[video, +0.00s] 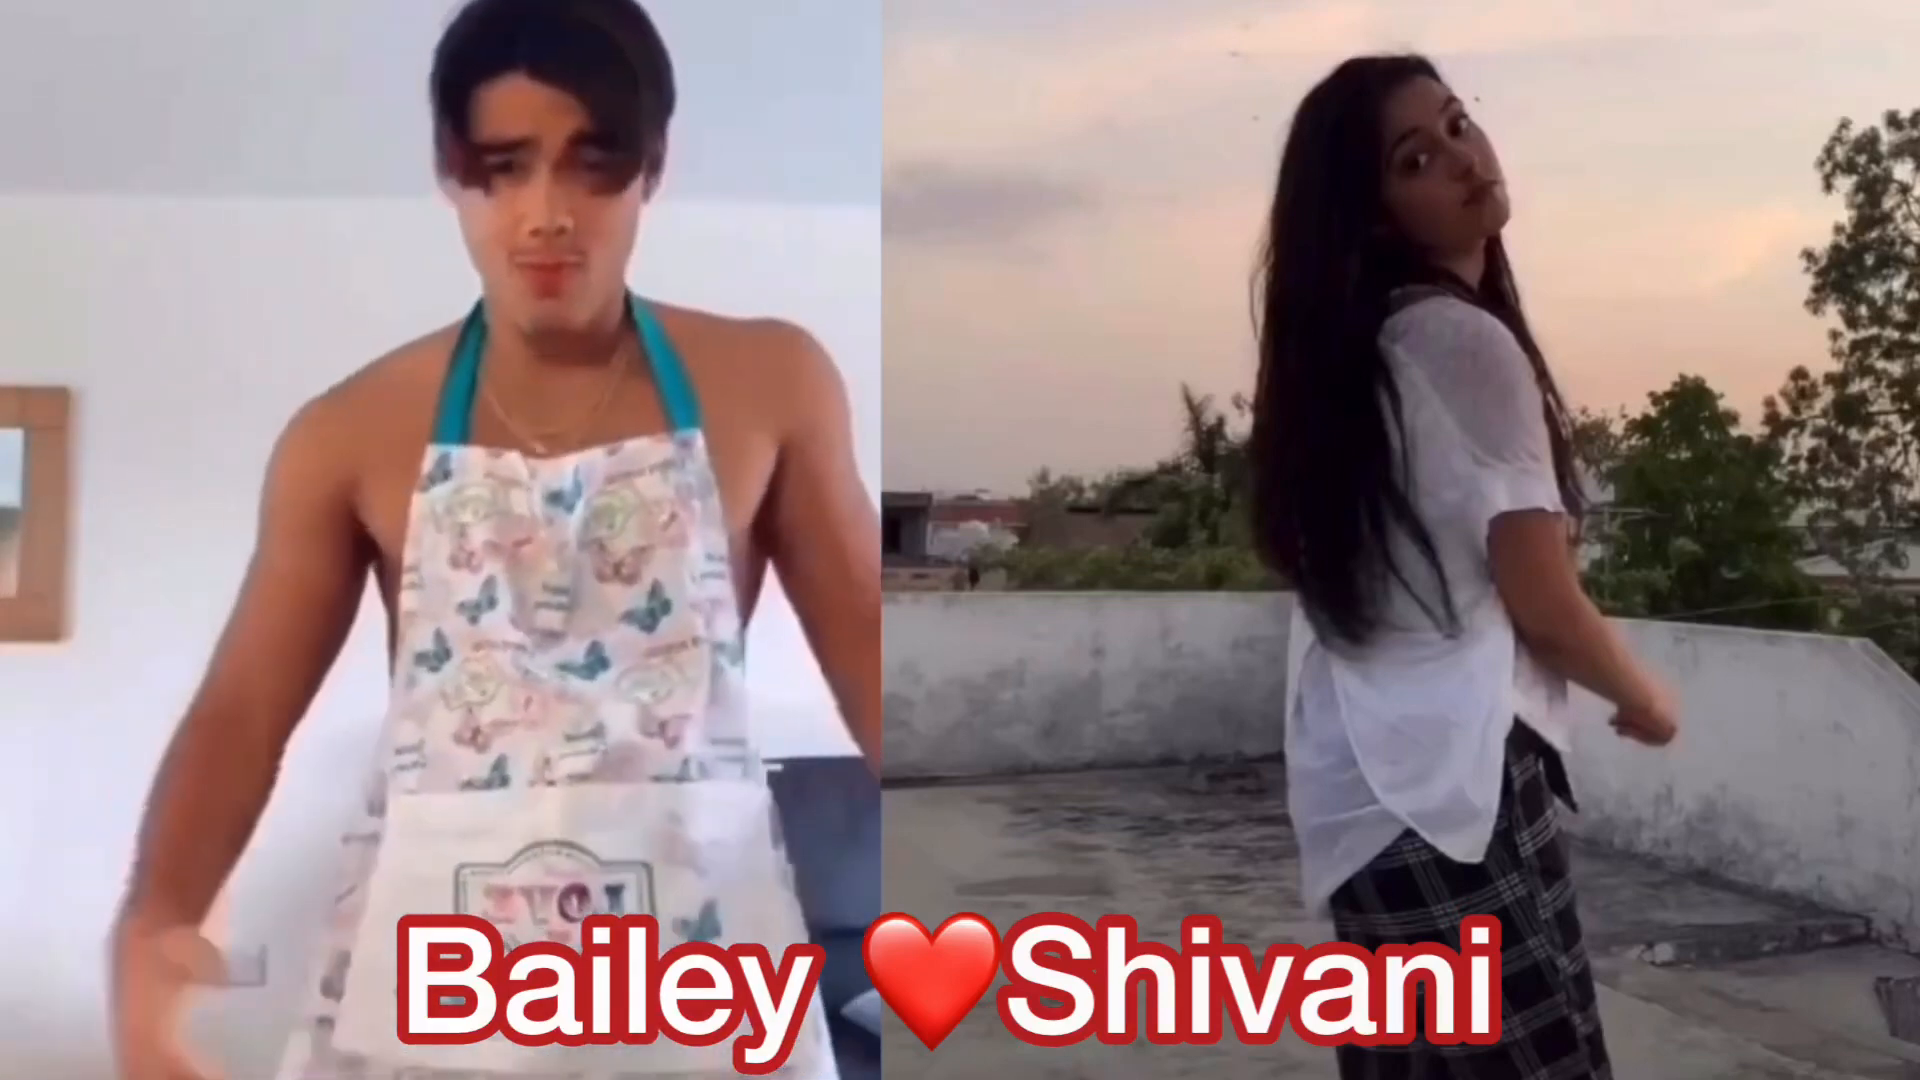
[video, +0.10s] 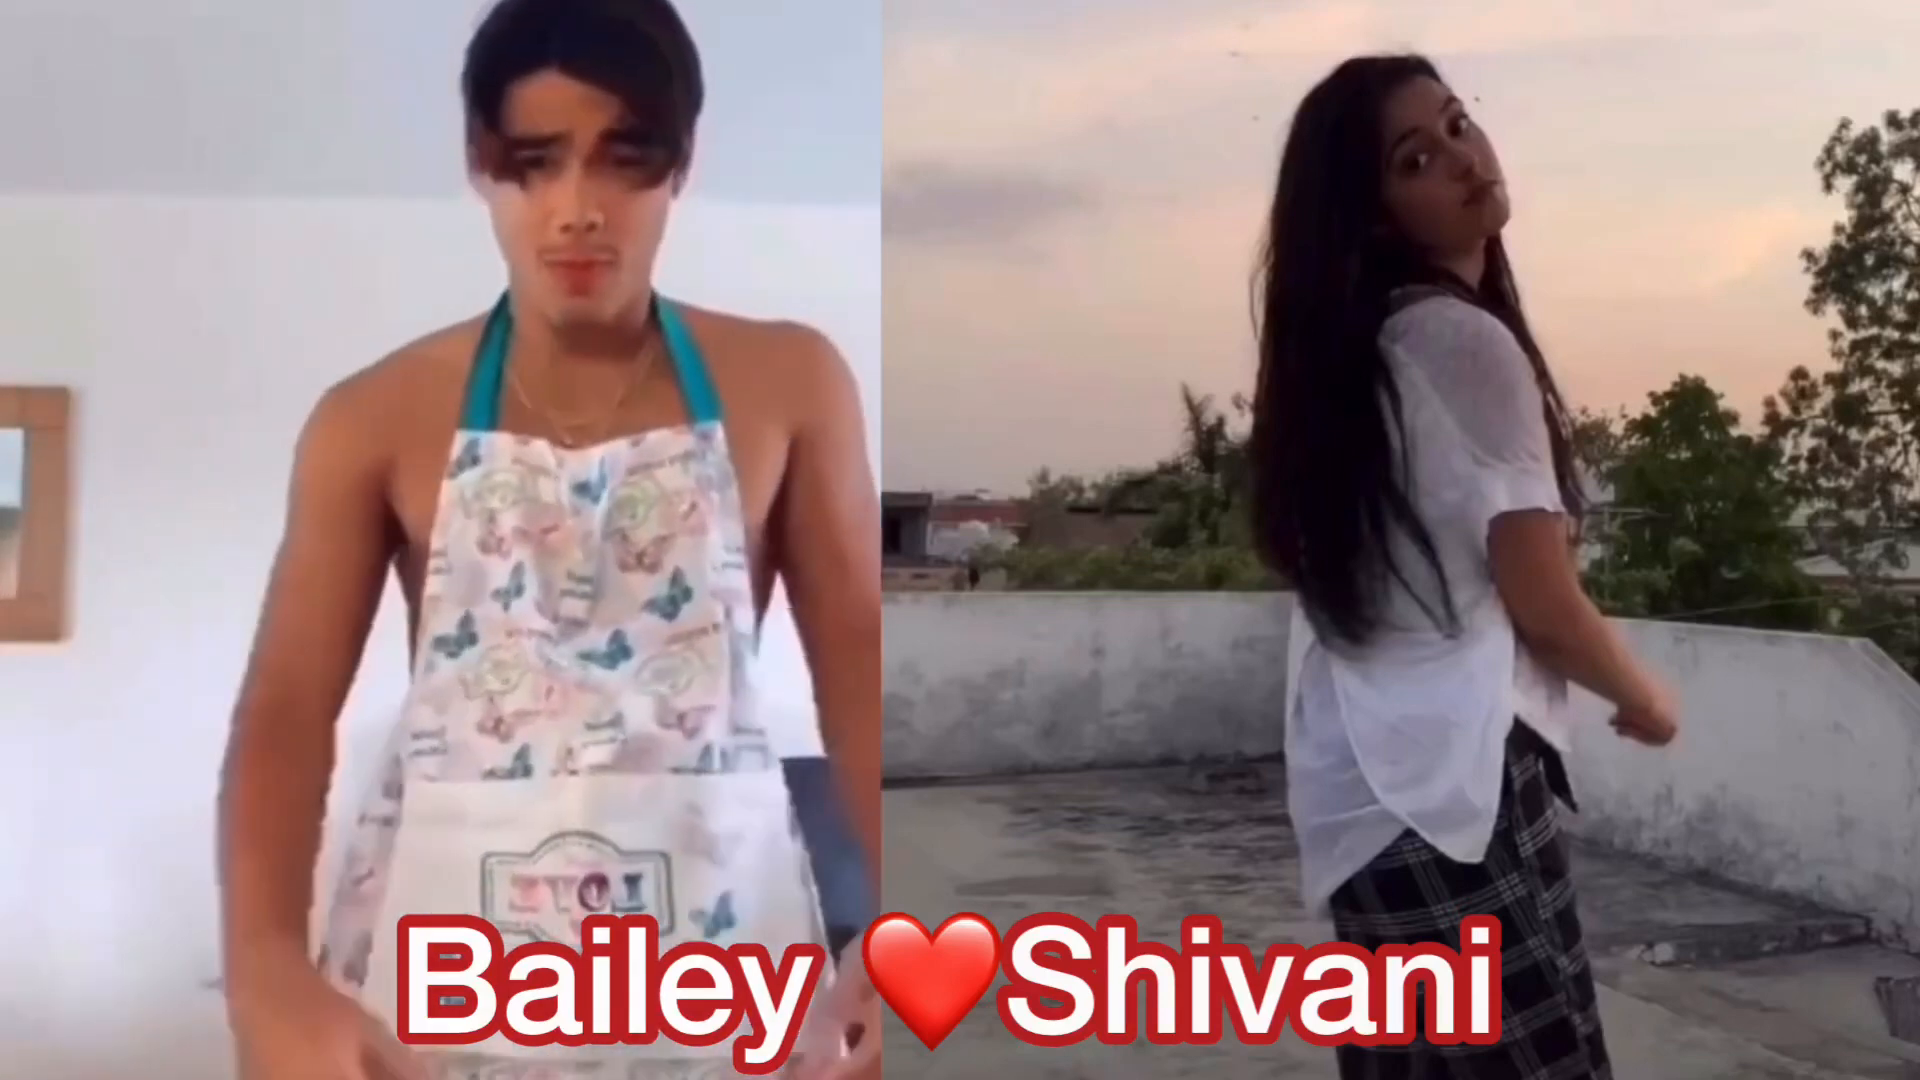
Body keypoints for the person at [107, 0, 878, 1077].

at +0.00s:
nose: (546, 214)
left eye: (594, 164)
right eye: (502, 168)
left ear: (652, 173)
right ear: (451, 178)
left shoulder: (771, 387)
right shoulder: (354, 436)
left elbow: (888, 693)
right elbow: (242, 713)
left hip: (701, 933)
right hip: (439, 945)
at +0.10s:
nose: (577, 209)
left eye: (623, 159)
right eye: (531, 163)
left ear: (679, 170)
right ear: (481, 172)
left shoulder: (790, 386)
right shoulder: (377, 420)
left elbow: (851, 689)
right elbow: (285, 715)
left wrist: (867, 937)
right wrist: (268, 968)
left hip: (715, 918)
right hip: (451, 923)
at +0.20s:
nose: (586, 230)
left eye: (632, 182)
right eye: (540, 185)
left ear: (686, 196)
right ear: (489, 197)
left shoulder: (782, 422)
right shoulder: (376, 434)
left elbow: (839, 714)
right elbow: (313, 742)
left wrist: (843, 988)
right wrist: (344, 1017)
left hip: (719, 982)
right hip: (460, 984)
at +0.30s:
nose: (572, 253)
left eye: (618, 206)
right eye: (529, 208)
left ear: (668, 224)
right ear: (477, 220)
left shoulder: (757, 452)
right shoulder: (359, 455)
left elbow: (824, 736)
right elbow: (307, 769)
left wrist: (835, 1020)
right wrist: (362, 1039)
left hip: (706, 1018)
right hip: (448, 1016)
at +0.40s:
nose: (547, 251)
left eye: (593, 207)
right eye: (504, 206)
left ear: (642, 223)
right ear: (451, 215)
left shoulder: (726, 445)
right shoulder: (327, 444)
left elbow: (810, 719)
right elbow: (281, 754)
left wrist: (801, 990)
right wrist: (341, 1028)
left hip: (670, 1005)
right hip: (409, 1001)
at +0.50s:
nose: (523, 252)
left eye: (569, 211)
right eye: (482, 206)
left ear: (616, 227)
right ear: (427, 214)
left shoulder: (702, 439)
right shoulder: (302, 441)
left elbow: (805, 701)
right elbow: (253, 741)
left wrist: (796, 914)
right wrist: (297, 1022)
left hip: (638, 997)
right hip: (376, 994)